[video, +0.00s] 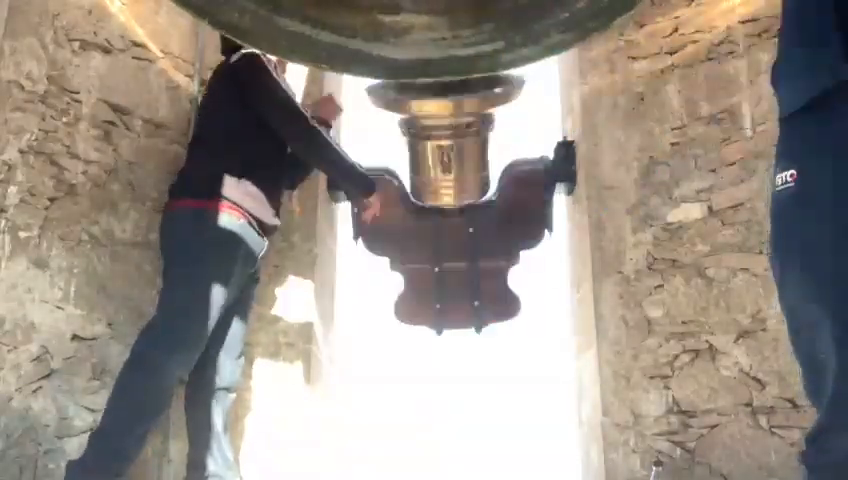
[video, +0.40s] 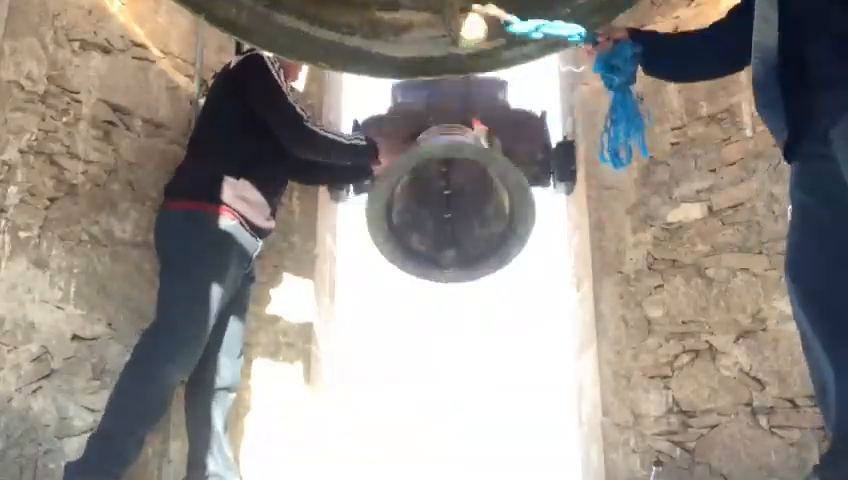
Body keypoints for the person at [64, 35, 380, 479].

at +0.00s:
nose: (285, 62)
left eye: (288, 56)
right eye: (280, 51)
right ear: (260, 45)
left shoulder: (271, 102)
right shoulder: (247, 66)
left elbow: (283, 179)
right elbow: (298, 129)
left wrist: (317, 129)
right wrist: (362, 185)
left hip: (247, 240)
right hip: (214, 221)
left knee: (219, 381)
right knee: (173, 351)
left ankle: (215, 473)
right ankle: (95, 470)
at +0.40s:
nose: (300, 67)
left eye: (304, 60)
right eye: (296, 55)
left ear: (299, 68)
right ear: (277, 49)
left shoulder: (273, 108)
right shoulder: (254, 67)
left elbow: (302, 168)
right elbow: (299, 138)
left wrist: (369, 168)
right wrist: (372, 150)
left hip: (243, 244)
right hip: (208, 223)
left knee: (220, 379)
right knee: (176, 349)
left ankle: (214, 473)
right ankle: (94, 470)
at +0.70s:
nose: (296, 57)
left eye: (300, 50)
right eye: (291, 48)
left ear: (285, 60)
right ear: (272, 47)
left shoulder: (275, 110)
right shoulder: (244, 73)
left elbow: (303, 178)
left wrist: (353, 234)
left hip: (237, 241)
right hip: (204, 224)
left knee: (215, 383)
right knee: (163, 360)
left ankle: (213, 472)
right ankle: (93, 471)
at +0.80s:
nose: (308, 73)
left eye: (311, 67)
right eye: (304, 63)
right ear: (282, 47)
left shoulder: (273, 111)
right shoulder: (240, 64)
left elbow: (281, 186)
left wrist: (309, 254)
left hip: (237, 242)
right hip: (205, 221)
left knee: (215, 380)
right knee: (170, 354)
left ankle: (213, 472)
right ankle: (97, 470)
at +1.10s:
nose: (291, 64)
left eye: (294, 58)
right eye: (288, 54)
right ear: (268, 47)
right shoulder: (250, 72)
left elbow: (260, 181)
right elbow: (311, 130)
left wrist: (299, 196)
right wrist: (373, 190)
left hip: (239, 242)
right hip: (206, 224)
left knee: (216, 383)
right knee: (162, 354)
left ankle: (215, 473)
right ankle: (96, 470)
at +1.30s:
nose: (288, 57)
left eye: (293, 49)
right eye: (285, 45)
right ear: (265, 38)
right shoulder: (245, 66)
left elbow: (274, 181)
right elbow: (295, 140)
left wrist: (313, 124)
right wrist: (357, 199)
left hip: (241, 241)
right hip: (208, 225)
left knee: (217, 380)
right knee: (174, 352)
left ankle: (215, 472)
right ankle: (96, 470)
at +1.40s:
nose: (290, 53)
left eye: (294, 46)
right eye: (286, 41)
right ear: (264, 35)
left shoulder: (271, 91)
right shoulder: (244, 65)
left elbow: (307, 144)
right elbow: (287, 137)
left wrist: (342, 93)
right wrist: (343, 200)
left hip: (242, 238)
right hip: (208, 224)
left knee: (218, 377)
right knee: (173, 351)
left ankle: (215, 472)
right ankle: (97, 470)